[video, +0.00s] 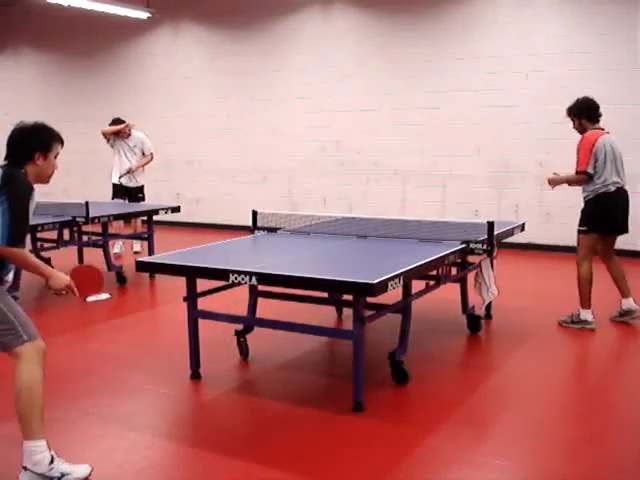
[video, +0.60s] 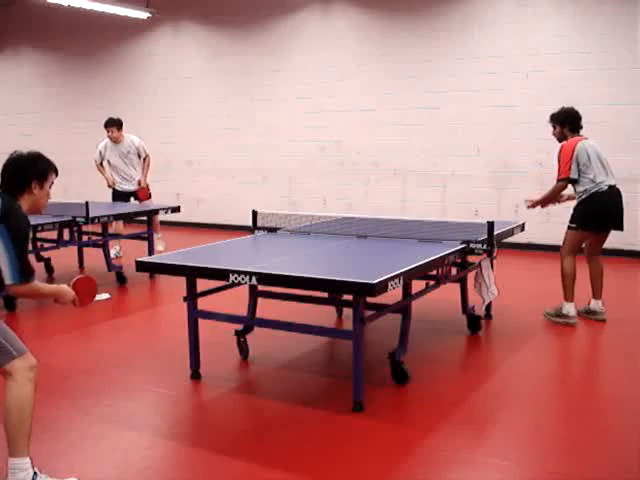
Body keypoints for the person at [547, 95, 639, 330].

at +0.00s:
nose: (573, 126)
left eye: (573, 121)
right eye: (572, 122)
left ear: (582, 119)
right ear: (594, 118)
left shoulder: (588, 139)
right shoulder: (608, 139)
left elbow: (584, 177)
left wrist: (560, 179)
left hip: (598, 200)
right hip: (619, 198)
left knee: (584, 257)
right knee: (607, 253)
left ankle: (585, 314)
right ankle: (629, 304)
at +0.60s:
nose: (553, 133)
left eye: (554, 128)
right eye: (552, 128)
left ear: (564, 128)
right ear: (574, 127)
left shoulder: (568, 147)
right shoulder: (590, 145)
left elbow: (562, 183)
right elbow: (592, 185)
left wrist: (541, 201)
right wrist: (564, 198)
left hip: (591, 201)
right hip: (613, 198)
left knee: (568, 252)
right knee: (593, 252)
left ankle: (568, 307)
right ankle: (597, 304)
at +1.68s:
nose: (553, 135)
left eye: (554, 131)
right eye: (553, 131)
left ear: (560, 133)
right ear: (578, 132)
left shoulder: (554, 152)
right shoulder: (595, 153)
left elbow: (539, 180)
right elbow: (607, 184)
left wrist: (523, 186)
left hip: (574, 203)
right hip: (601, 203)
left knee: (558, 255)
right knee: (584, 254)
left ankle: (561, 308)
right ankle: (592, 305)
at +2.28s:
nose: (541, 133)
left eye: (543, 130)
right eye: (542, 130)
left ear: (547, 132)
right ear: (565, 131)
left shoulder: (542, 150)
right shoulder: (579, 144)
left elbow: (548, 172)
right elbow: (596, 155)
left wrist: (555, 194)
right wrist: (608, 183)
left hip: (565, 197)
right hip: (589, 196)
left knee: (552, 252)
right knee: (585, 252)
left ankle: (560, 306)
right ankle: (592, 304)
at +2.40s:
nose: (522, 146)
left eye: (523, 142)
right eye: (522, 142)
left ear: (530, 143)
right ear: (544, 141)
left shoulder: (534, 160)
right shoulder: (564, 150)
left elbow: (548, 183)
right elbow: (588, 166)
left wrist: (556, 211)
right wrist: (609, 162)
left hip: (565, 202)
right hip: (587, 198)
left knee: (538, 251)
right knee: (579, 255)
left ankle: (554, 303)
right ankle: (591, 303)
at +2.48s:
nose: (508, 154)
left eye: (510, 150)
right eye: (509, 149)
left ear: (521, 151)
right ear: (529, 148)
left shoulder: (531, 168)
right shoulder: (548, 155)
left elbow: (546, 199)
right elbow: (571, 162)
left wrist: (546, 228)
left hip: (561, 211)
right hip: (581, 205)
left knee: (530, 254)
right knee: (570, 259)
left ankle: (550, 302)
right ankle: (589, 301)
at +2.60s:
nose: (502, 164)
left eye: (505, 160)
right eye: (502, 160)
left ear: (517, 161)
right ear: (520, 160)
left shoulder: (527, 179)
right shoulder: (533, 167)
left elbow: (539, 215)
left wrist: (531, 244)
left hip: (555, 218)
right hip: (567, 214)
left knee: (521, 260)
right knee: (536, 256)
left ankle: (549, 303)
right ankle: (572, 280)